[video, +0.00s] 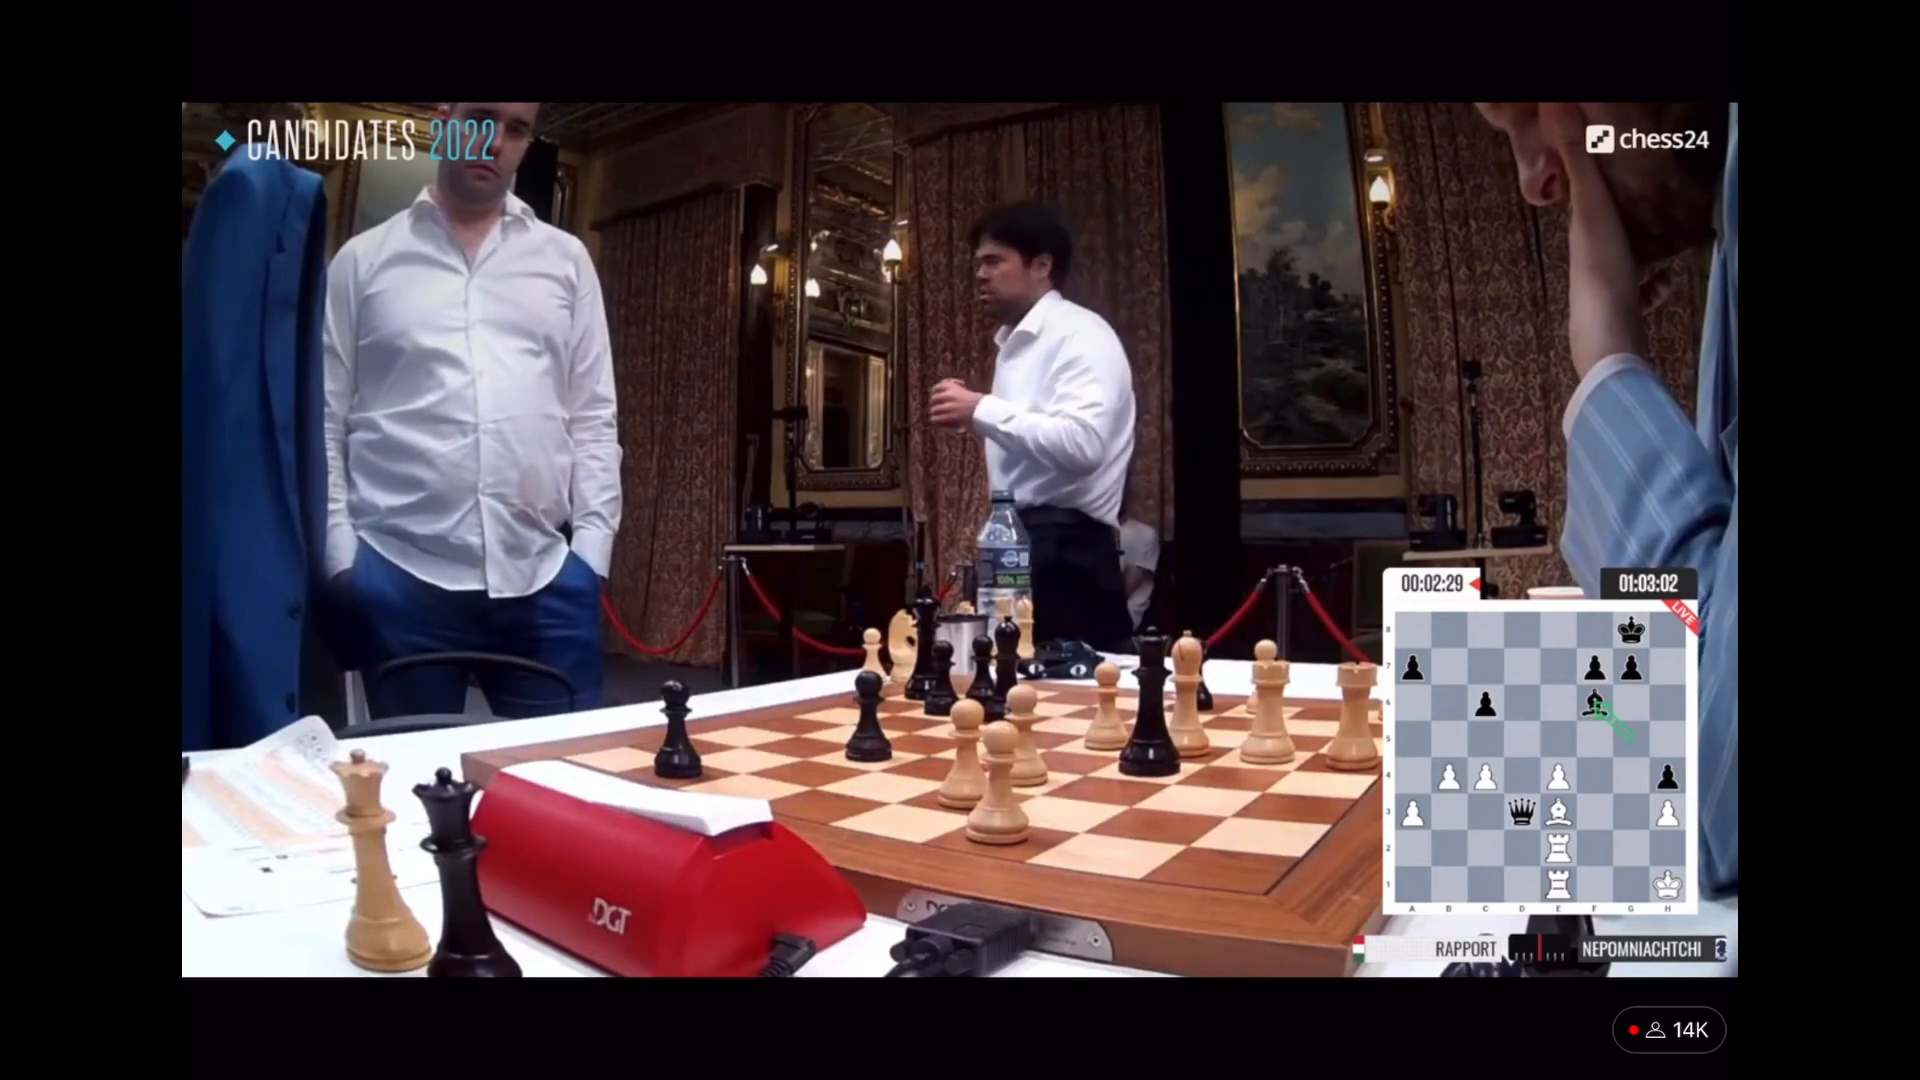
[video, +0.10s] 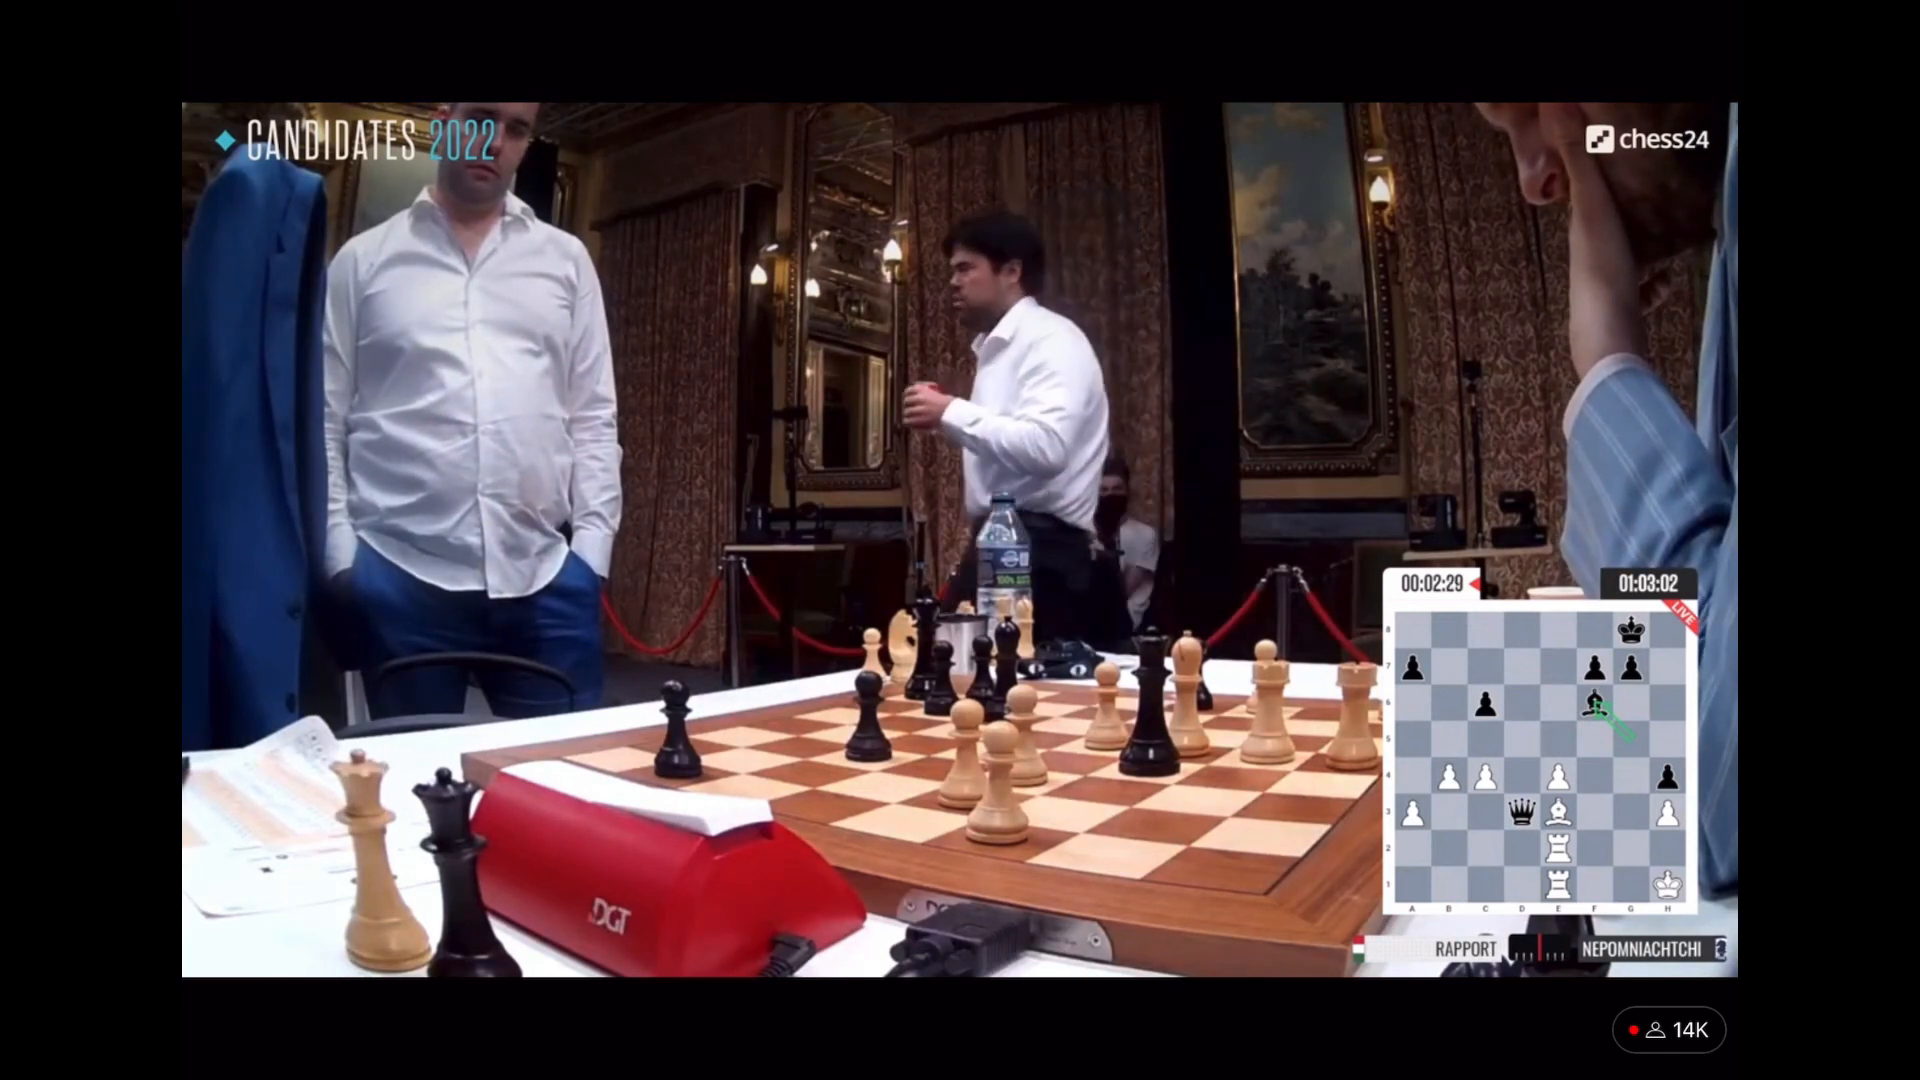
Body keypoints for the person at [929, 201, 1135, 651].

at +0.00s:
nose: (979, 275)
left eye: (993, 261)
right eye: (979, 264)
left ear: (1041, 266)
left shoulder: (1083, 336)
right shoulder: (1017, 345)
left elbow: (1082, 444)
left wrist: (981, 409)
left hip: (1069, 546)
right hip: (1022, 540)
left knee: (1085, 699)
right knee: (1030, 697)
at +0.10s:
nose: (953, 283)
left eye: (965, 269)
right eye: (954, 271)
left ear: (1011, 273)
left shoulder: (1055, 342)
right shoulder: (999, 349)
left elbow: (1044, 446)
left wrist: (951, 412)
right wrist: (948, 415)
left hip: (1045, 546)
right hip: (1002, 539)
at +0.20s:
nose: (926, 289)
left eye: (936, 275)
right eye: (926, 278)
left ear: (981, 276)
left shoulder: (1021, 344)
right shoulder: (976, 348)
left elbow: (1009, 449)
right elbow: (979, 447)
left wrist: (920, 414)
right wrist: (917, 418)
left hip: (1007, 544)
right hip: (972, 537)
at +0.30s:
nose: (883, 289)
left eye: (891, 275)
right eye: (883, 277)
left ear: (931, 275)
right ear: (929, 277)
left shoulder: (963, 337)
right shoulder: (947, 337)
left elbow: (956, 442)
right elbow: (945, 437)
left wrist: (872, 415)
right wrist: (873, 415)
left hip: (956, 532)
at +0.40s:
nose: (863, 288)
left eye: (871, 275)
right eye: (866, 276)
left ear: (908, 278)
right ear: (906, 279)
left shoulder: (934, 335)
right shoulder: (935, 332)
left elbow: (927, 436)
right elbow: (922, 433)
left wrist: (849, 414)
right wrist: (851, 415)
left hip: (930, 526)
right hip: (942, 525)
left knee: (873, 647)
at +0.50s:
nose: (818, 301)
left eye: (824, 288)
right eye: (819, 289)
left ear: (856, 287)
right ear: (859, 288)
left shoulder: (876, 337)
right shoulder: (907, 339)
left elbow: (864, 435)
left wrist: (795, 417)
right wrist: (803, 422)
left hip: (887, 538)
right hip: (935, 543)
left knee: (817, 661)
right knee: (908, 676)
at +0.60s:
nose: (788, 312)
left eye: (795, 299)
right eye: (789, 300)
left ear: (828, 297)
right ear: (831, 297)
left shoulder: (847, 346)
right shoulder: (885, 351)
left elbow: (831, 443)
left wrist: (767, 424)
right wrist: (787, 427)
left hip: (861, 547)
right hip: (914, 550)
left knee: (804, 678)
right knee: (893, 685)